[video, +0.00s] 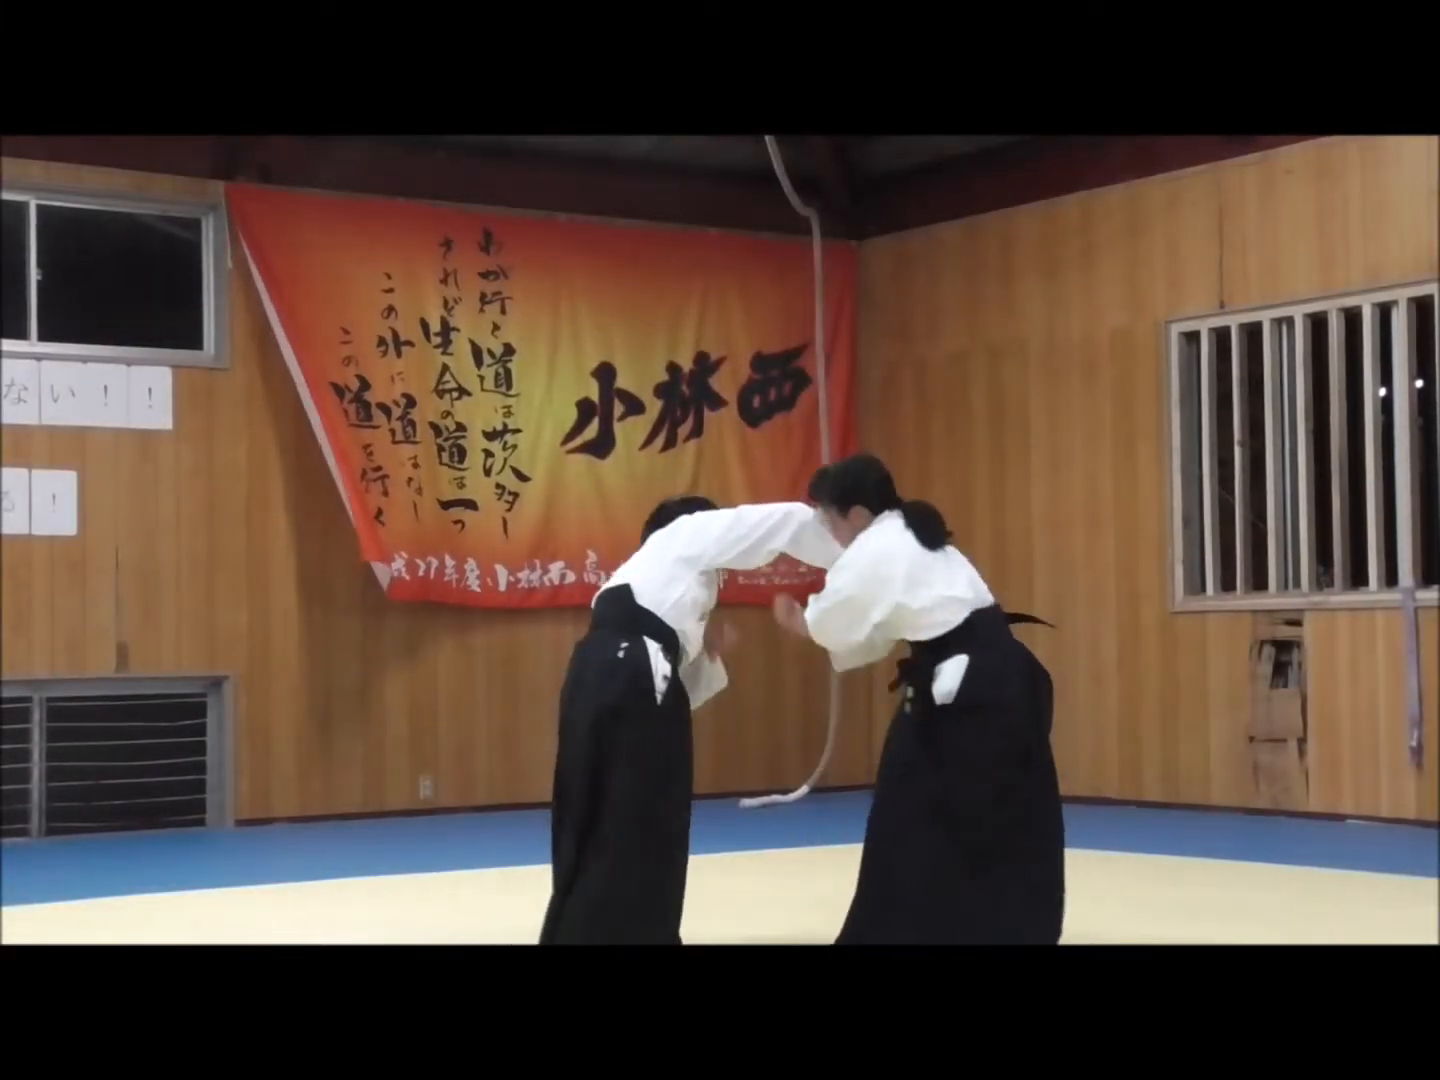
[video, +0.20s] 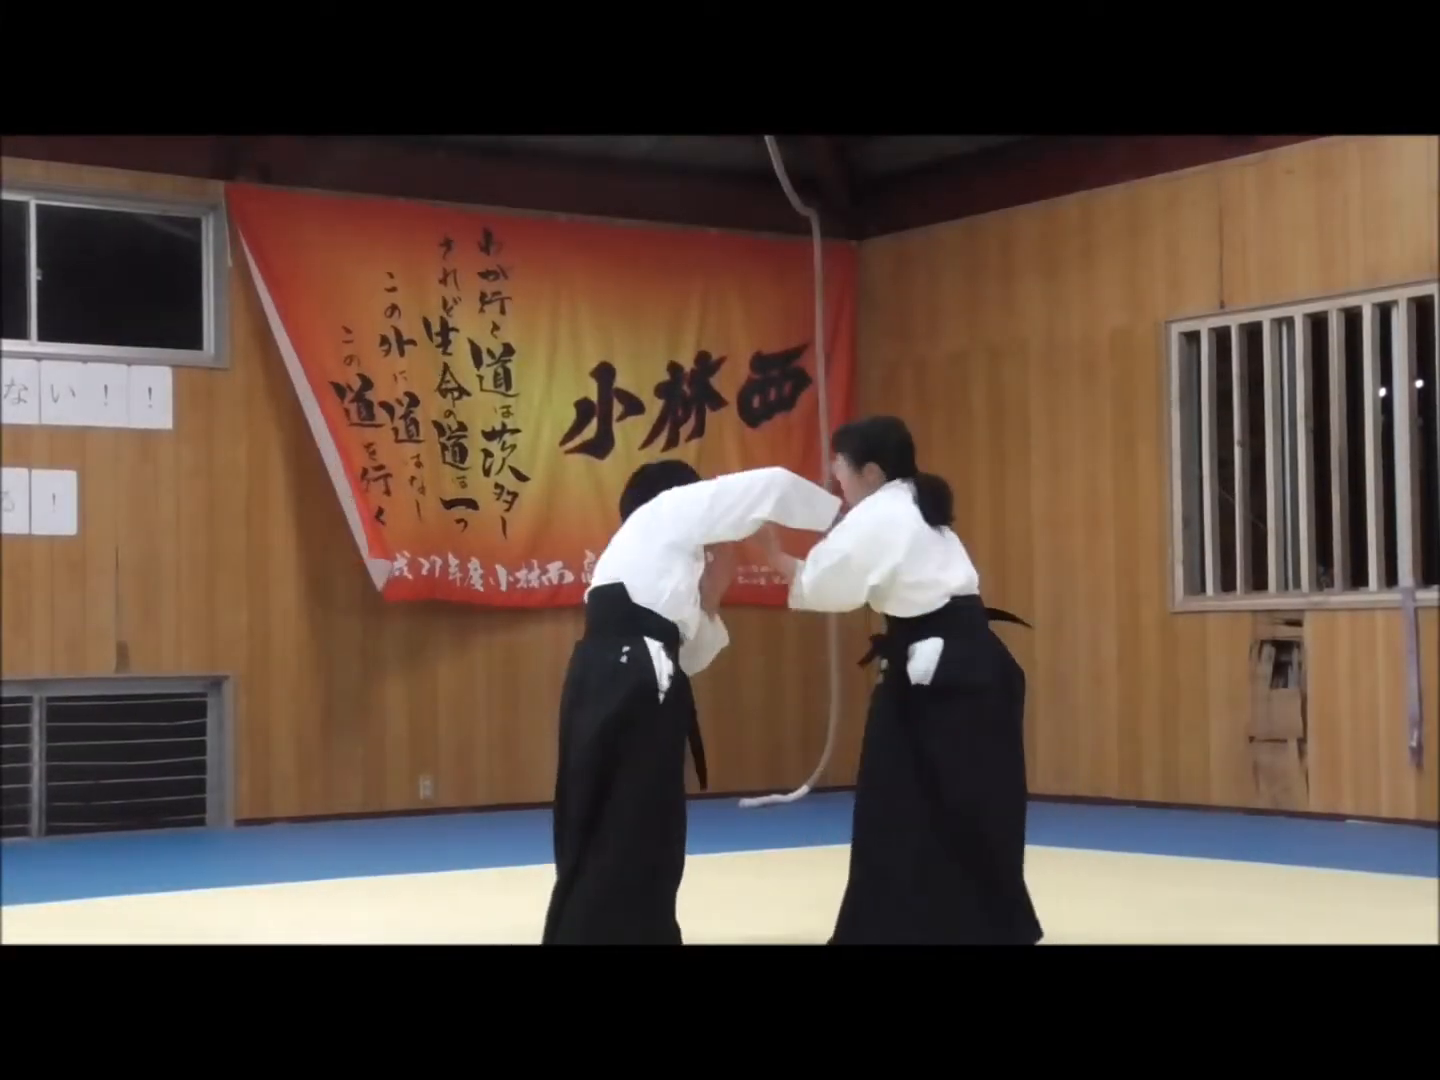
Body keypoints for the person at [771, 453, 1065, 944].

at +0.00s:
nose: (828, 532)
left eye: (828, 519)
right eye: (824, 520)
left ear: (855, 513)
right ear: (877, 504)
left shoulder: (872, 552)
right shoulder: (922, 533)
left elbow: (830, 627)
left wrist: (795, 620)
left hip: (963, 683)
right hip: (1015, 670)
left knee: (912, 818)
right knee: (1010, 820)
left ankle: (905, 931)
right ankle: (1007, 931)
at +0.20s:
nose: (835, 477)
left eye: (841, 465)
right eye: (835, 465)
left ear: (871, 469)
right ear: (886, 468)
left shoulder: (878, 515)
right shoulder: (920, 505)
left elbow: (823, 586)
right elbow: (859, 577)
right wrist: (791, 566)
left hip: (933, 669)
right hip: (981, 663)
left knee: (898, 809)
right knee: (972, 810)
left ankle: (891, 930)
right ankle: (981, 930)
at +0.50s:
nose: (846, 467)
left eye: (850, 457)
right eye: (845, 457)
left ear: (875, 458)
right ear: (902, 456)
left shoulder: (871, 507)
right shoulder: (924, 502)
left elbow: (797, 542)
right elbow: (823, 542)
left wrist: (777, 488)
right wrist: (776, 510)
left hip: (901, 664)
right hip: (954, 659)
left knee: (882, 802)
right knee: (949, 807)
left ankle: (880, 928)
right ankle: (944, 929)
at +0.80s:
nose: (806, 484)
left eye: (811, 476)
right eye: (808, 476)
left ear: (830, 481)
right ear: (867, 479)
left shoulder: (813, 522)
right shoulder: (887, 520)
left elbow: (731, 511)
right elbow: (835, 591)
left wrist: (710, 461)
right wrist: (757, 592)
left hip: (854, 669)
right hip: (919, 662)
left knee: (822, 809)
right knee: (917, 808)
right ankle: (918, 930)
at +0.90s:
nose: (777, 503)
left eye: (783, 494)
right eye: (779, 494)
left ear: (804, 498)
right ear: (837, 497)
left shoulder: (782, 540)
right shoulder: (862, 536)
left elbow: (708, 528)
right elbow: (807, 616)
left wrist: (673, 485)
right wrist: (731, 611)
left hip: (828, 681)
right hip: (898, 677)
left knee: (806, 816)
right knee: (914, 819)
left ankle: (772, 931)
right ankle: (925, 932)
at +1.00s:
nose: (751, 527)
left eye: (754, 518)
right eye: (752, 519)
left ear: (769, 518)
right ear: (807, 515)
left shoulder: (748, 561)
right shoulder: (835, 554)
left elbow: (680, 563)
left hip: (799, 690)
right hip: (868, 683)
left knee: (786, 821)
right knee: (898, 812)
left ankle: (772, 931)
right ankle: (929, 928)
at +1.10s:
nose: (715, 555)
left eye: (717, 546)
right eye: (716, 546)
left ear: (733, 543)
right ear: (775, 538)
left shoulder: (714, 584)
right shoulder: (805, 566)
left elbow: (661, 629)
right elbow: (830, 623)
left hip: (785, 690)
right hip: (857, 679)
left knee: (779, 820)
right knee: (890, 804)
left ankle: (785, 929)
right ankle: (935, 922)